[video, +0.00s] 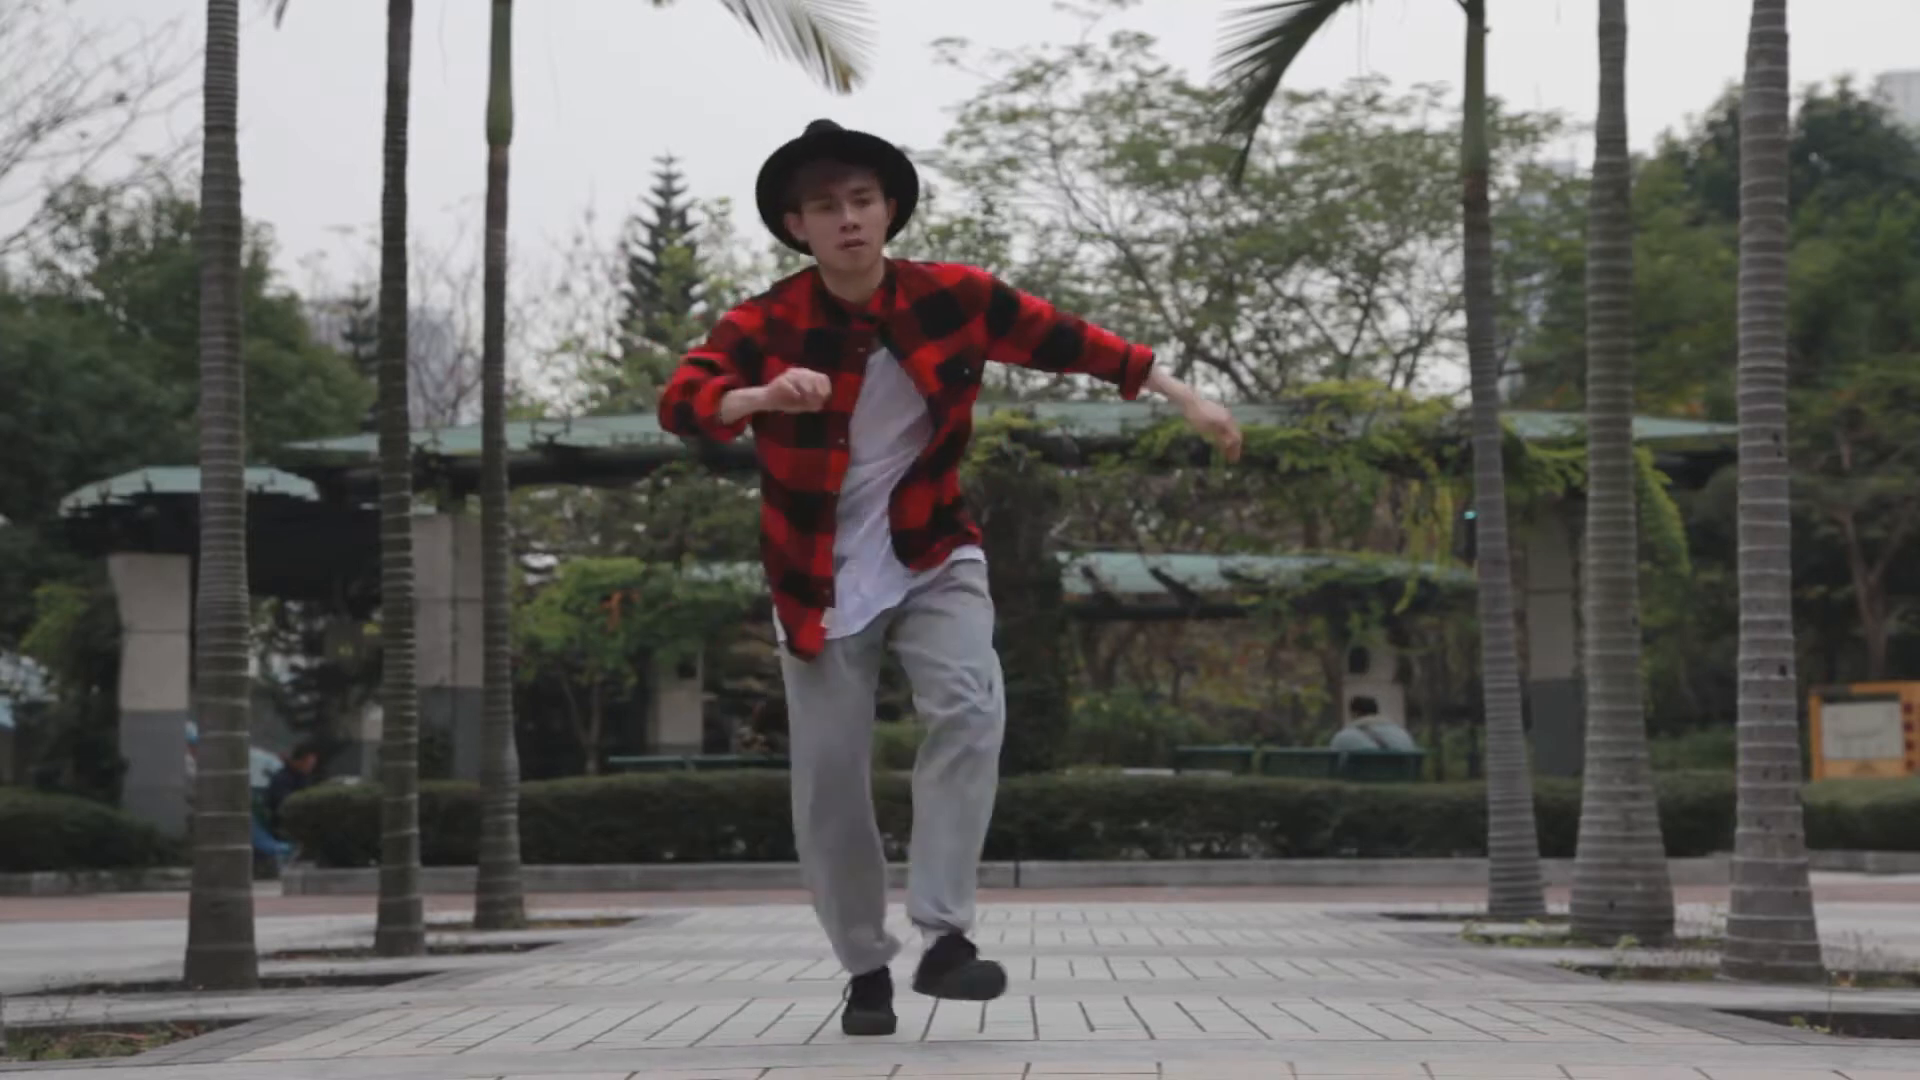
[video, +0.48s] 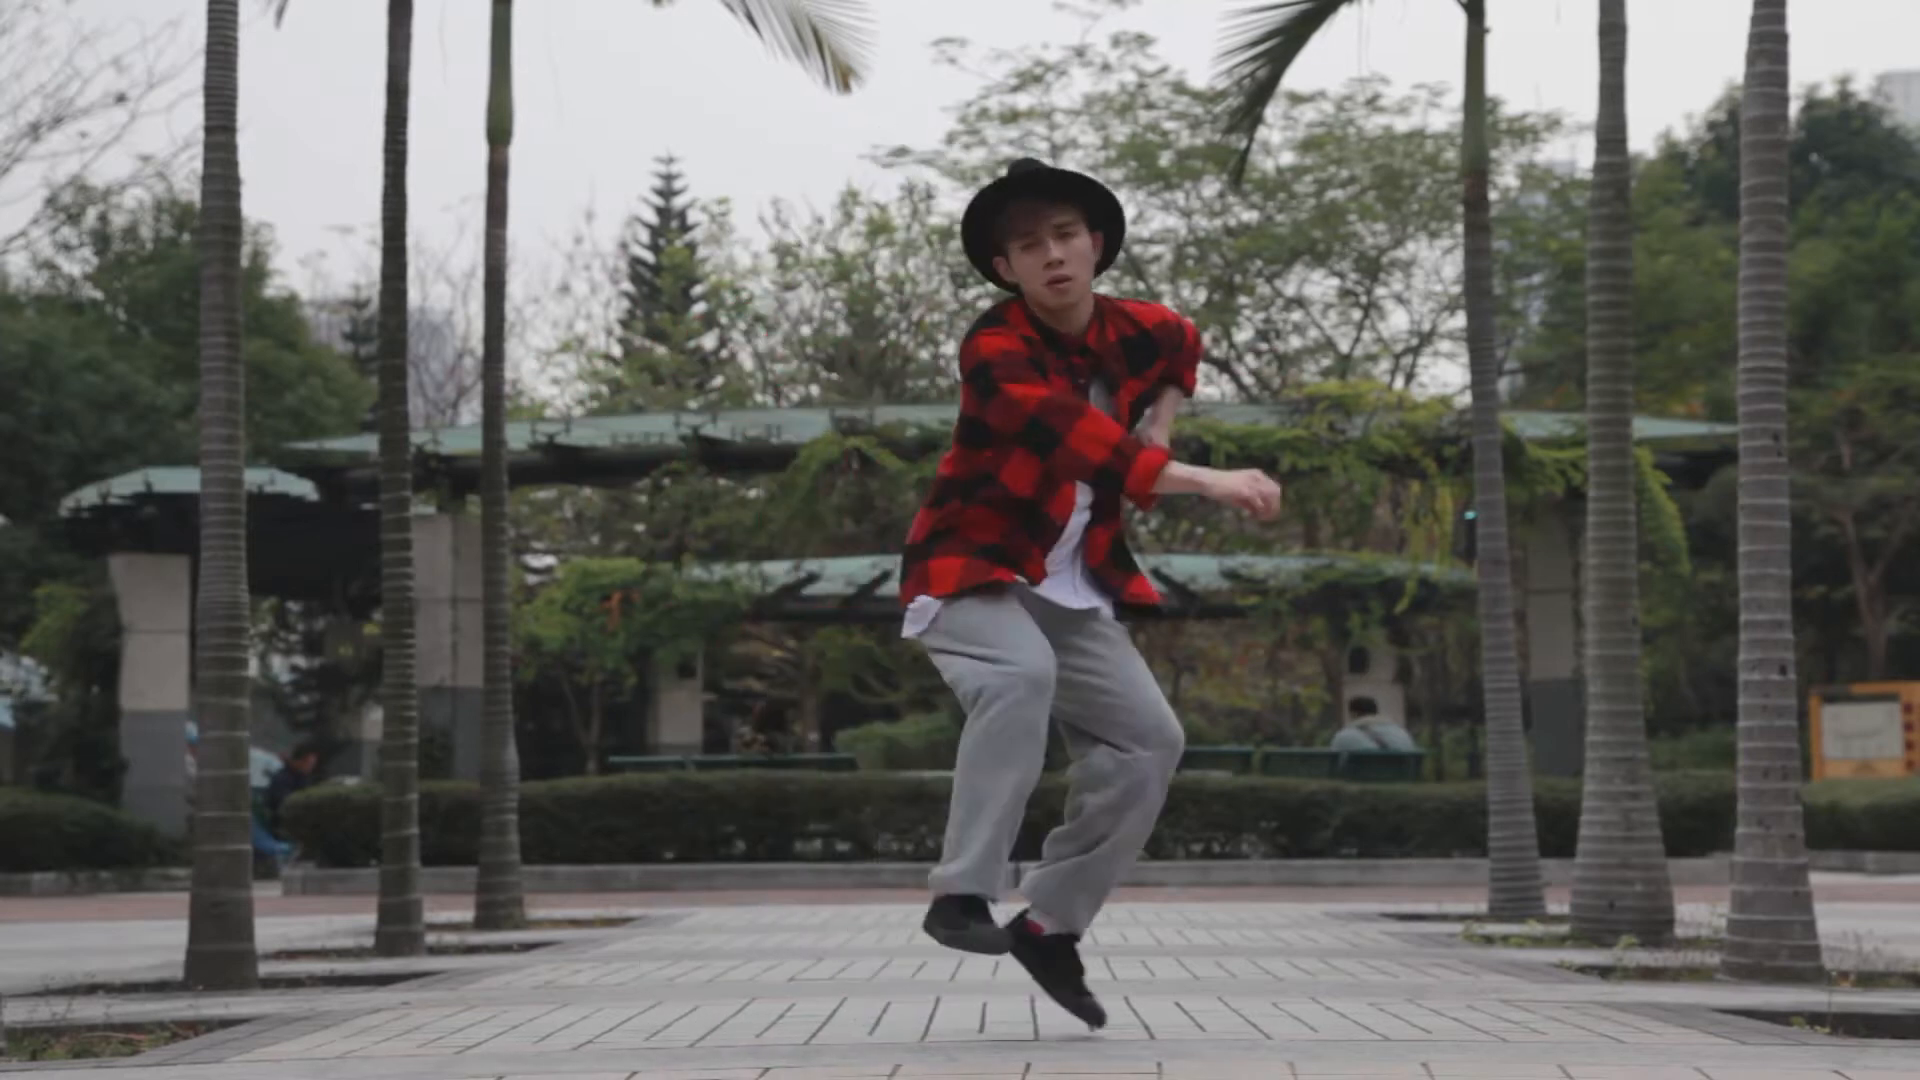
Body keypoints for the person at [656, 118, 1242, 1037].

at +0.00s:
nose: (848, 218)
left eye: (863, 198)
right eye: (825, 205)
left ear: (893, 211)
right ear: (798, 230)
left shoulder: (953, 297)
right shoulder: (764, 325)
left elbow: (1061, 339)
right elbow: (680, 400)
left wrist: (1177, 390)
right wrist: (754, 398)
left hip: (930, 549)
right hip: (819, 571)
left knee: (969, 710)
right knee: (829, 768)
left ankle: (944, 940)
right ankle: (865, 969)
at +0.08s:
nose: (892, 223)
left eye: (906, 204)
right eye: (867, 207)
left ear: (927, 216)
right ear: (832, 228)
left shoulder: (974, 301)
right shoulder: (797, 339)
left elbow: (1085, 333)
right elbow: (781, 445)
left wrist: (1210, 349)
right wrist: (874, 442)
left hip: (956, 582)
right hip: (846, 600)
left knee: (985, 750)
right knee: (866, 793)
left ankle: (1027, 941)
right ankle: (878, 973)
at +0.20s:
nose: (953, 223)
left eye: (966, 203)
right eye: (929, 205)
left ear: (984, 215)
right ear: (887, 223)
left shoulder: (1021, 306)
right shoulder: (859, 344)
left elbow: (1109, 394)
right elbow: (881, 477)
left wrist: (1205, 401)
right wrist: (1001, 479)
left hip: (1007, 597)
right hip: (896, 606)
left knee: (1041, 763)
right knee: (892, 771)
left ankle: (1006, 963)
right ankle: (875, 951)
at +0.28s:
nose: (988, 231)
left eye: (1001, 212)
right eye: (964, 215)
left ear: (1021, 226)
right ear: (924, 234)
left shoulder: (1056, 324)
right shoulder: (899, 354)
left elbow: (1099, 430)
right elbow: (944, 489)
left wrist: (1144, 469)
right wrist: (1066, 456)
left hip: (1034, 606)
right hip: (928, 606)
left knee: (1049, 800)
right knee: (901, 781)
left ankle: (990, 976)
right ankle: (912, 965)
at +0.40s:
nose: (1028, 242)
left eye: (1042, 222)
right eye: (1005, 229)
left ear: (1069, 235)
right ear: (973, 252)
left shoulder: (1114, 331)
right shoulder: (953, 342)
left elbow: (1113, 437)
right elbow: (1028, 445)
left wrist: (1103, 481)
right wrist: (1161, 424)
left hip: (1061, 587)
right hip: (955, 581)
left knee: (1091, 766)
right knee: (967, 718)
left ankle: (1009, 952)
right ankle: (986, 899)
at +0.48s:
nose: (1053, 255)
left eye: (1066, 233)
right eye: (1029, 245)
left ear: (1098, 246)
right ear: (1006, 271)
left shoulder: (1132, 329)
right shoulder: (997, 350)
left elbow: (1183, 343)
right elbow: (1089, 442)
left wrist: (1157, 428)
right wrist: (1208, 480)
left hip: (1070, 589)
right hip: (966, 572)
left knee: (1149, 739)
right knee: (1018, 676)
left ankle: (1047, 923)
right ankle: (962, 891)